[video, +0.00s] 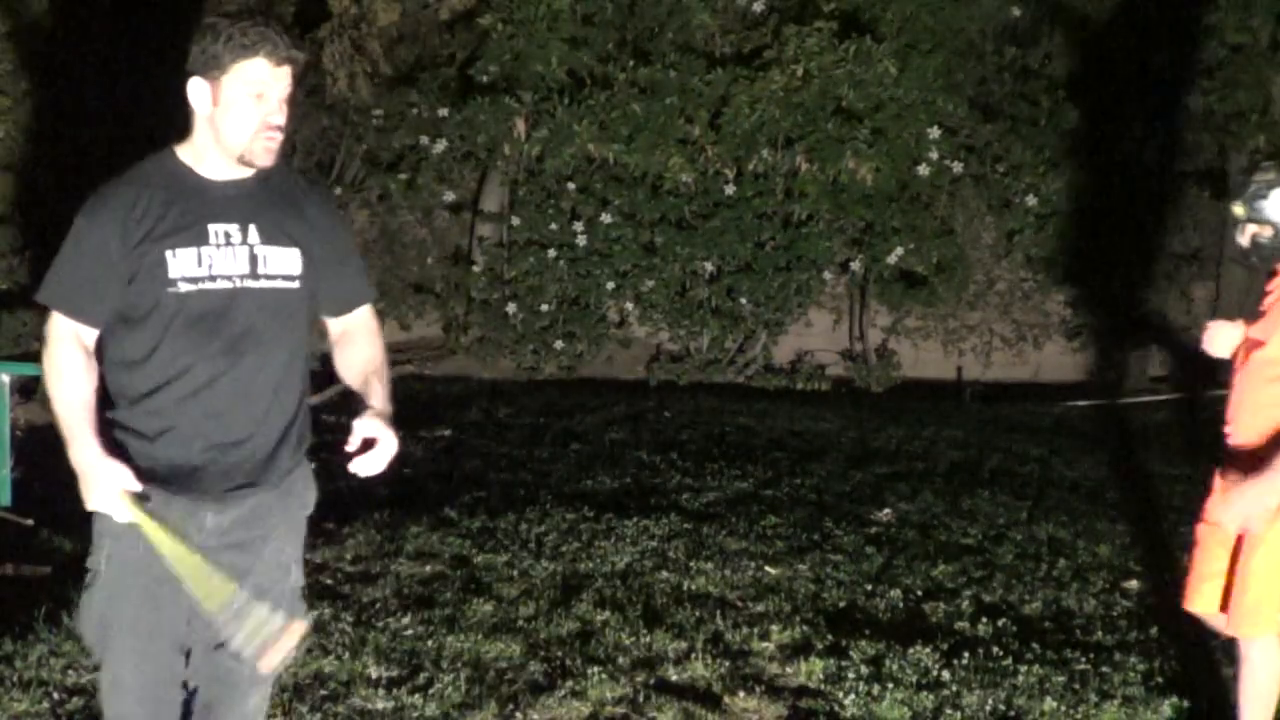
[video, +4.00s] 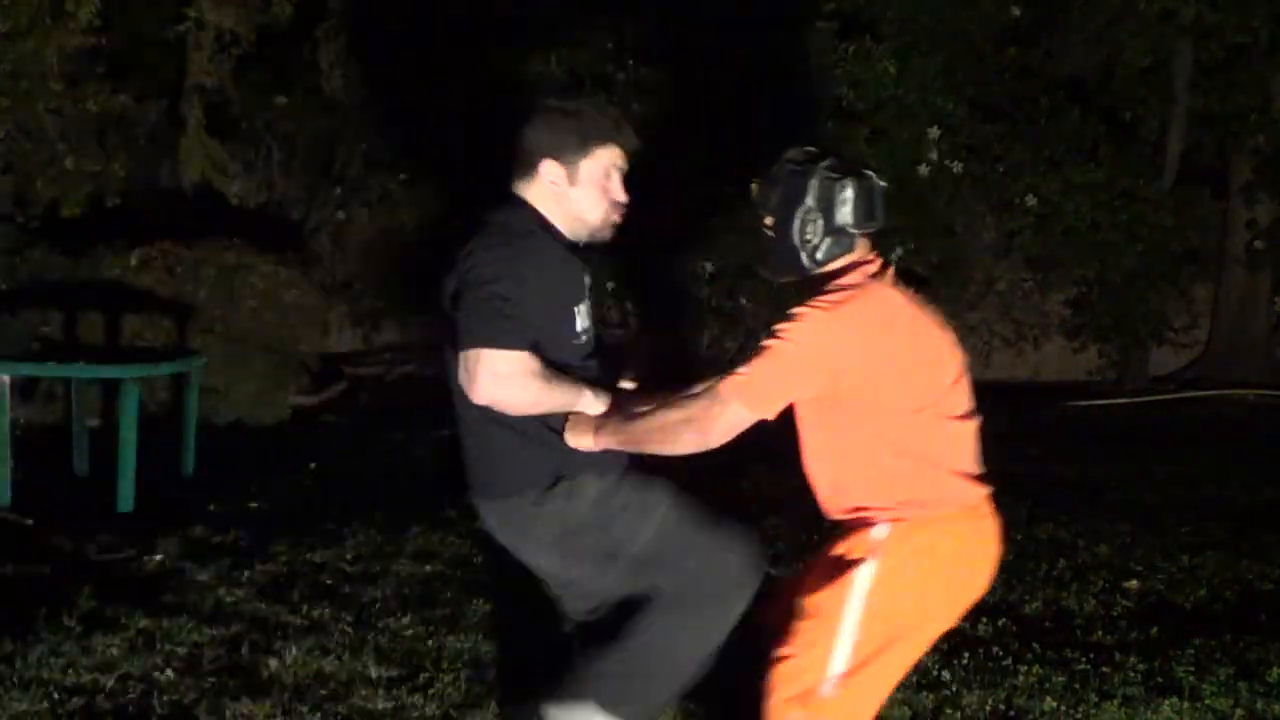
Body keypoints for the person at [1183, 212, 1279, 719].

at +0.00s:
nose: (1248, 236)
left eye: (1257, 223)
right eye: (1248, 223)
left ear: (1270, 228)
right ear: (1257, 228)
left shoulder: (1276, 295)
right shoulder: (1270, 290)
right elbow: (1269, 346)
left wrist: (1263, 486)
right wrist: (1240, 342)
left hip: (1270, 485)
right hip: (1239, 473)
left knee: (1258, 626)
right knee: (1217, 607)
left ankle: (1253, 714)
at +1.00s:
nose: (994, 210)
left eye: (1012, 197)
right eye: (992, 194)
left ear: (1052, 201)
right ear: (990, 192)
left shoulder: (1103, 280)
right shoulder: (995, 274)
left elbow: (1133, 399)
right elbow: (946, 360)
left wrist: (1090, 507)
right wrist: (887, 370)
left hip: (1042, 497)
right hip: (974, 491)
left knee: (1000, 666)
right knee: (1007, 662)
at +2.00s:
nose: (786, 208)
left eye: (793, 193)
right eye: (784, 193)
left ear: (831, 189)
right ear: (848, 186)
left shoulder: (877, 274)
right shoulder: (884, 266)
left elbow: (815, 416)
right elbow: (805, 395)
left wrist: (716, 439)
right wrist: (722, 394)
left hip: (849, 517)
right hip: (859, 515)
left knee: (786, 702)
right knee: (816, 702)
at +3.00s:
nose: (848, 206)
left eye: (859, 190)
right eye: (848, 190)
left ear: (901, 190)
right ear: (905, 192)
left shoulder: (929, 275)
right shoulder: (920, 273)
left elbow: (888, 412)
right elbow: (877, 414)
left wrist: (802, 476)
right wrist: (792, 441)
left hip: (909, 534)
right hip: (893, 529)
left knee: (864, 705)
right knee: (902, 703)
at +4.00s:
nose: (766, 231)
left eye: (775, 220)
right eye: (768, 217)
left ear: (806, 233)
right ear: (855, 231)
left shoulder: (828, 326)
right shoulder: (893, 304)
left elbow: (710, 424)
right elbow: (732, 396)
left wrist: (603, 433)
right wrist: (638, 411)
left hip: (909, 540)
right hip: (948, 529)